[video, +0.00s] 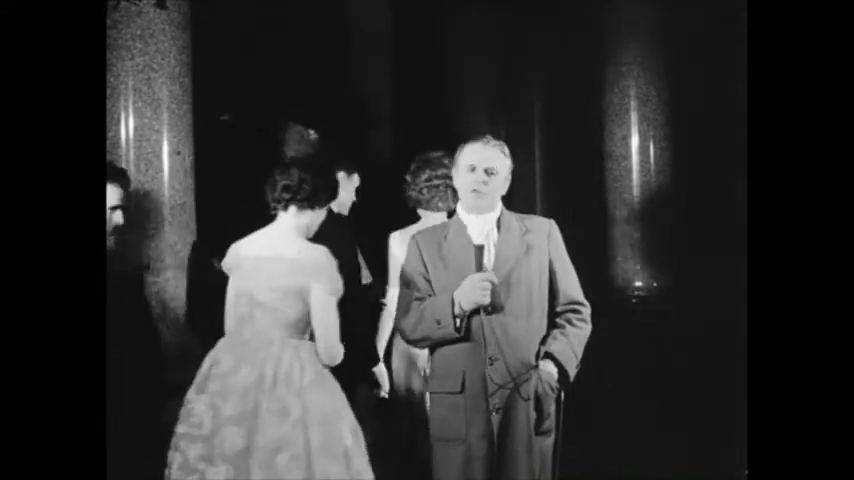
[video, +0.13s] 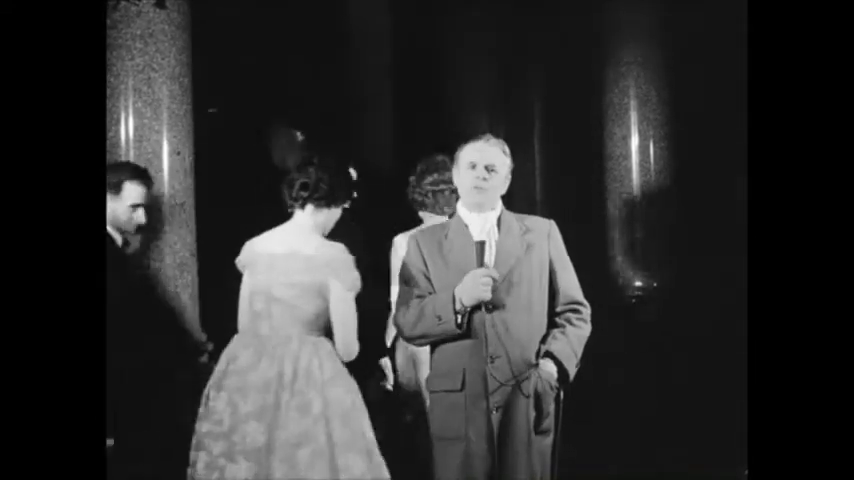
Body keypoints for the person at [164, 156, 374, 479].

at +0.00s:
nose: (325, 218)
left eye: (326, 209)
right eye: (324, 209)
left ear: (279, 201)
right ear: (313, 207)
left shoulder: (240, 249)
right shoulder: (317, 259)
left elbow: (230, 327)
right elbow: (331, 353)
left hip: (236, 371)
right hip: (291, 377)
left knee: (232, 468)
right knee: (294, 468)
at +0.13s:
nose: (341, 217)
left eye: (344, 208)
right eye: (342, 207)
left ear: (297, 197)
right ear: (331, 205)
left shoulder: (255, 248)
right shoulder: (334, 257)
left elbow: (243, 324)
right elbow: (348, 349)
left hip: (252, 367)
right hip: (308, 370)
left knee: (247, 467)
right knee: (310, 467)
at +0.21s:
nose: (348, 219)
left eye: (350, 211)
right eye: (349, 210)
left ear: (307, 200)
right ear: (342, 208)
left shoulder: (263, 249)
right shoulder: (346, 258)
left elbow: (251, 326)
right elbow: (355, 349)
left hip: (261, 368)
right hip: (318, 372)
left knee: (257, 467)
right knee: (321, 467)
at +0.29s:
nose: (352, 220)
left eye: (353, 211)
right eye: (352, 211)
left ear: (311, 204)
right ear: (346, 209)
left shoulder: (273, 252)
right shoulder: (353, 259)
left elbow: (262, 326)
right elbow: (363, 349)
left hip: (271, 370)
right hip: (327, 374)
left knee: (267, 467)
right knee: (330, 467)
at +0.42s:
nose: (363, 216)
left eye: (363, 207)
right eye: (361, 208)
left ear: (321, 205)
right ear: (351, 210)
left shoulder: (285, 255)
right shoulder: (365, 258)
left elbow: (276, 330)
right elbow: (376, 346)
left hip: (287, 374)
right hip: (342, 377)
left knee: (285, 469)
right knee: (343, 468)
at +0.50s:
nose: (371, 215)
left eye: (370, 206)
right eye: (369, 207)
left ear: (329, 203)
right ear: (363, 209)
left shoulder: (296, 254)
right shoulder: (370, 255)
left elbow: (288, 331)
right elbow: (384, 340)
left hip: (299, 370)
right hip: (352, 373)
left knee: (297, 467)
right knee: (355, 466)